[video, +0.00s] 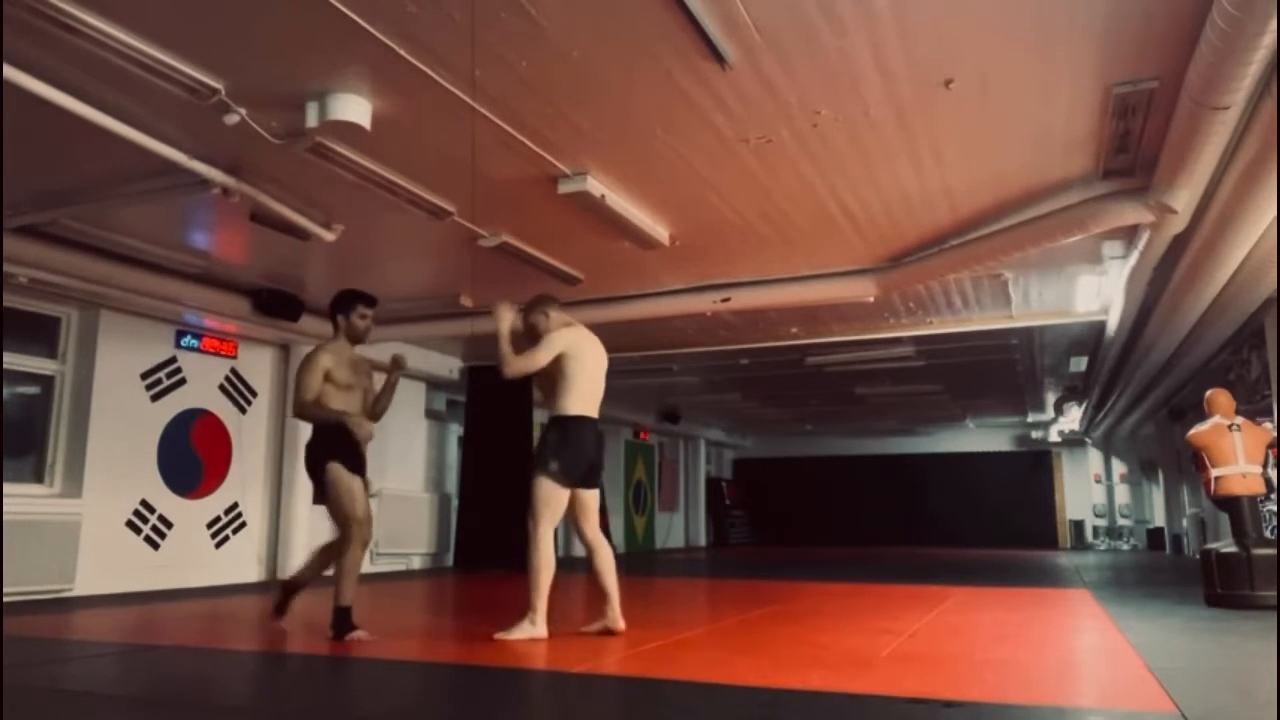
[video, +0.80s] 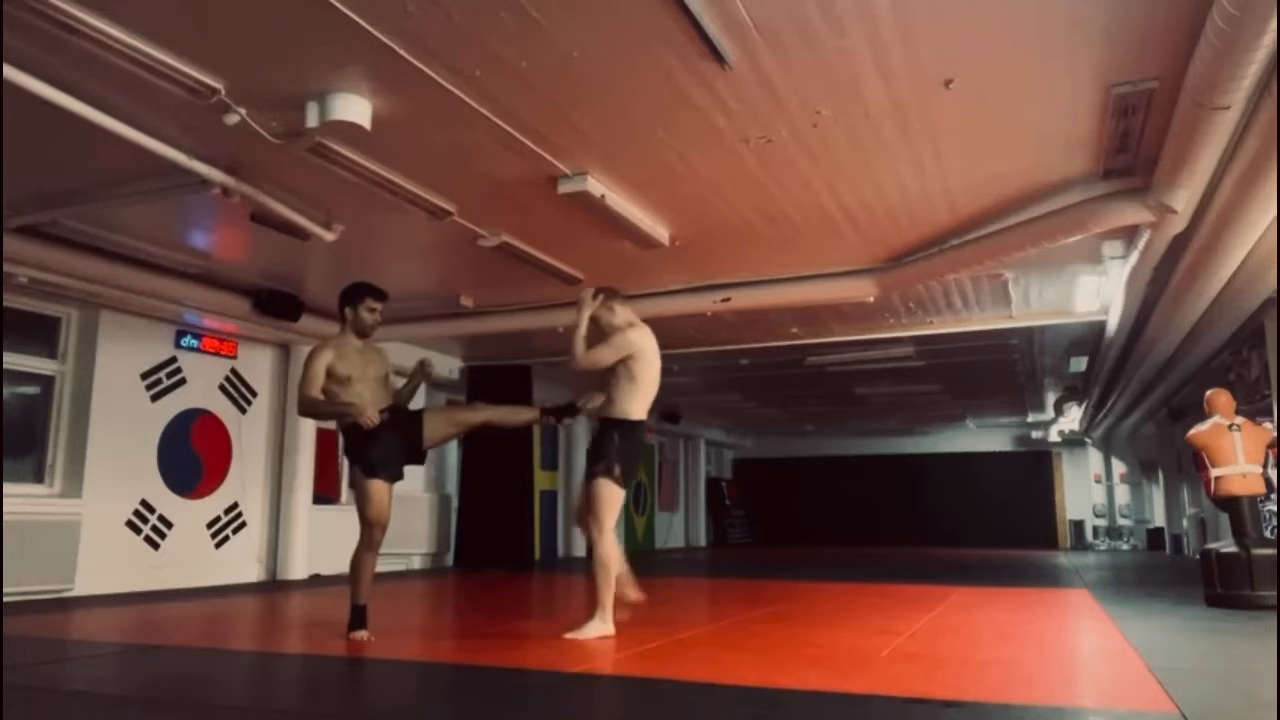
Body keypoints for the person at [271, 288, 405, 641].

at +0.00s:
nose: (368, 325)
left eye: (371, 319)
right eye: (362, 317)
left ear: (367, 322)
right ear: (341, 318)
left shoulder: (361, 363)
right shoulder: (321, 356)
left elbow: (373, 412)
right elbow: (302, 407)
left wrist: (392, 378)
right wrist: (347, 418)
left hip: (352, 449)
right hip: (329, 444)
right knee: (357, 529)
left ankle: (292, 585)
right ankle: (342, 620)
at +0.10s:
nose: (372, 318)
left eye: (375, 311)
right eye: (366, 310)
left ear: (372, 315)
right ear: (345, 311)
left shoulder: (363, 355)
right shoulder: (327, 346)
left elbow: (375, 404)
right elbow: (309, 395)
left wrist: (398, 373)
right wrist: (358, 408)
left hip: (360, 441)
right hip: (331, 439)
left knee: (408, 503)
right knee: (351, 523)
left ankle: (345, 556)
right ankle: (341, 620)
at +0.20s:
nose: (378, 315)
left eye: (380, 309)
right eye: (372, 307)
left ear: (375, 312)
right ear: (350, 307)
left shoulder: (368, 353)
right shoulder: (327, 342)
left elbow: (382, 403)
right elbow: (312, 388)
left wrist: (404, 376)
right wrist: (363, 398)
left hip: (369, 438)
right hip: (339, 439)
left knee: (440, 439)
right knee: (352, 527)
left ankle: (416, 512)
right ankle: (342, 623)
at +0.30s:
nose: (380, 316)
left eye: (383, 310)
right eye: (374, 308)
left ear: (381, 313)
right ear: (353, 308)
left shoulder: (372, 355)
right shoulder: (328, 342)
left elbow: (385, 405)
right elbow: (312, 387)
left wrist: (410, 378)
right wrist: (362, 396)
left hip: (383, 430)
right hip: (352, 437)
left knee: (448, 399)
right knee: (360, 528)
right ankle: (345, 622)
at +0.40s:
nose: (379, 316)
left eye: (382, 310)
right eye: (374, 308)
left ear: (380, 313)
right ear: (352, 308)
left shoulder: (375, 356)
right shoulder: (328, 343)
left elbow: (386, 405)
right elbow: (308, 390)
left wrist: (411, 383)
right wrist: (356, 400)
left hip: (392, 428)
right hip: (362, 437)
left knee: (462, 393)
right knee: (367, 531)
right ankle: (350, 620)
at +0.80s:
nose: (377, 319)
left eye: (380, 313)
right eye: (371, 311)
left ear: (377, 315)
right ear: (348, 310)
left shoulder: (376, 354)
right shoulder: (326, 352)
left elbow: (391, 406)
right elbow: (306, 404)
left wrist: (415, 380)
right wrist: (350, 410)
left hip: (402, 429)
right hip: (369, 443)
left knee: (476, 413)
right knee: (373, 532)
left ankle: (555, 414)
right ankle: (358, 621)